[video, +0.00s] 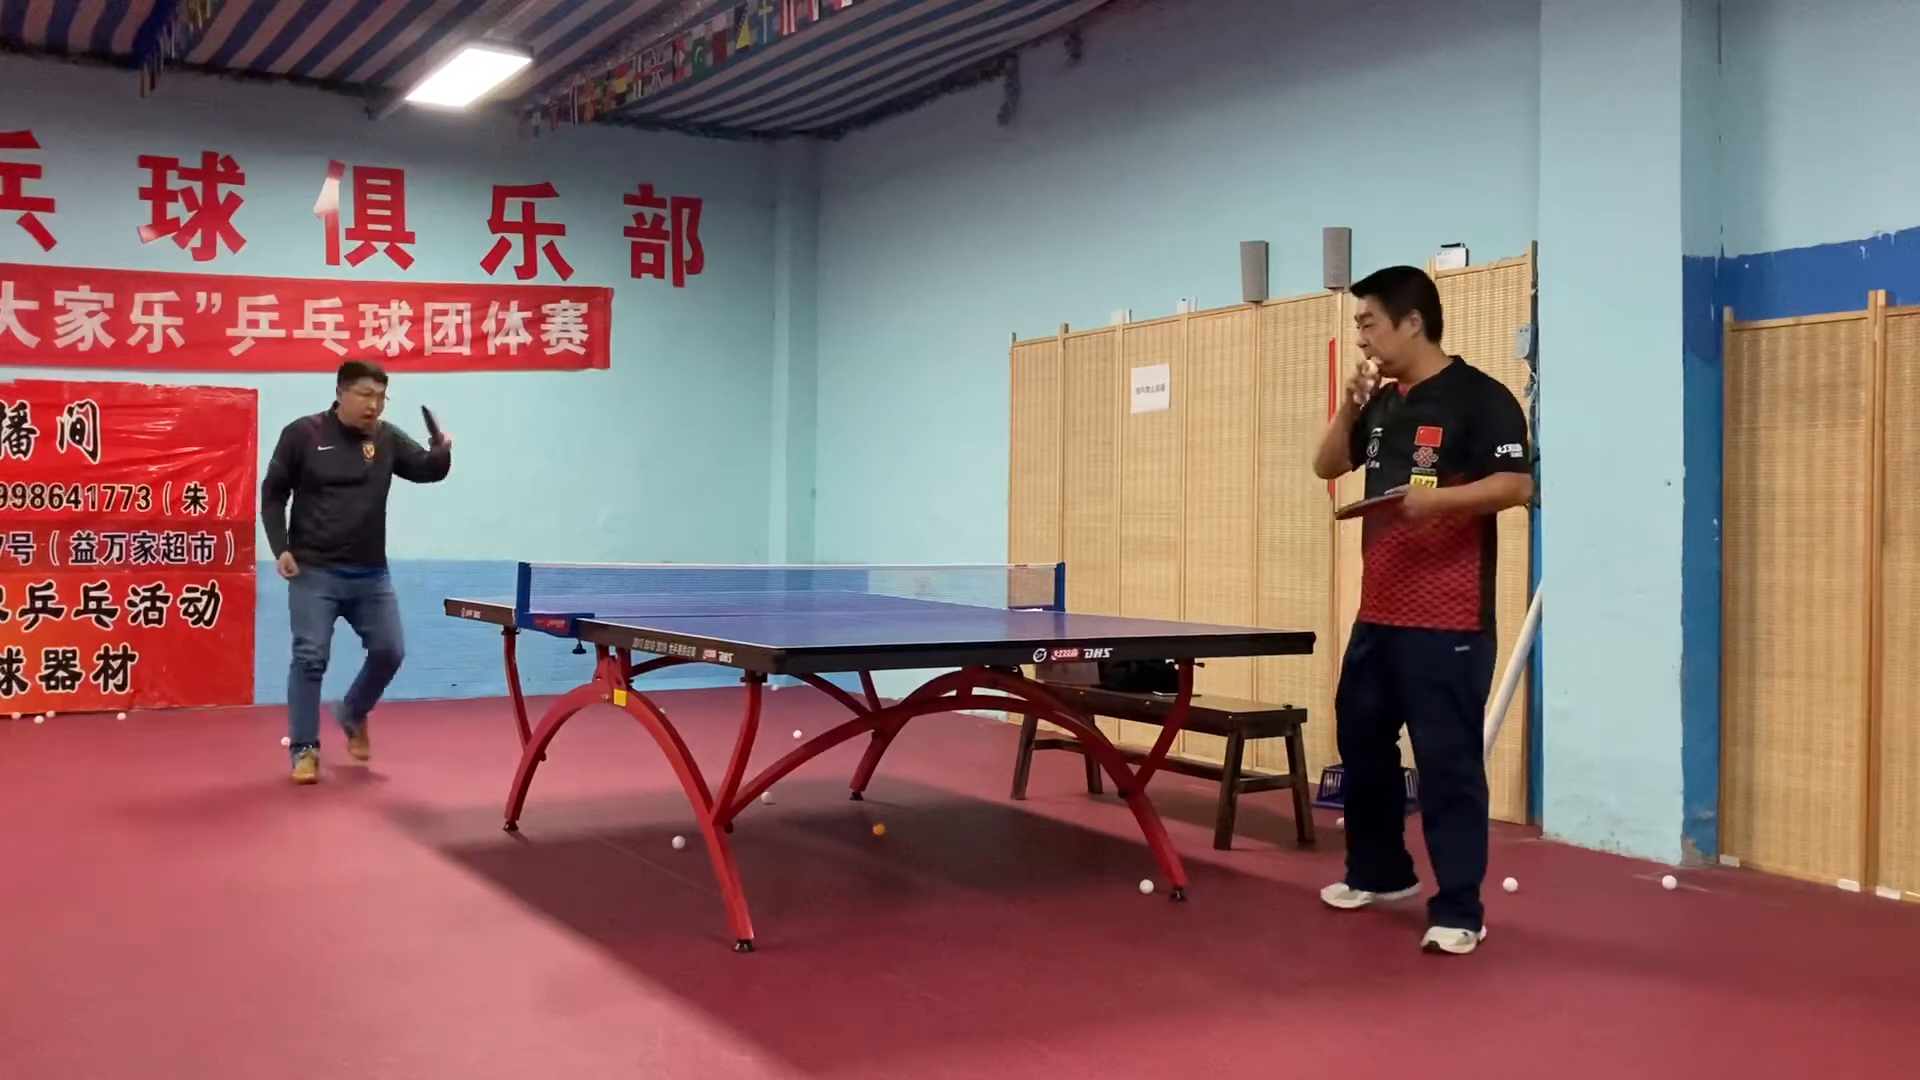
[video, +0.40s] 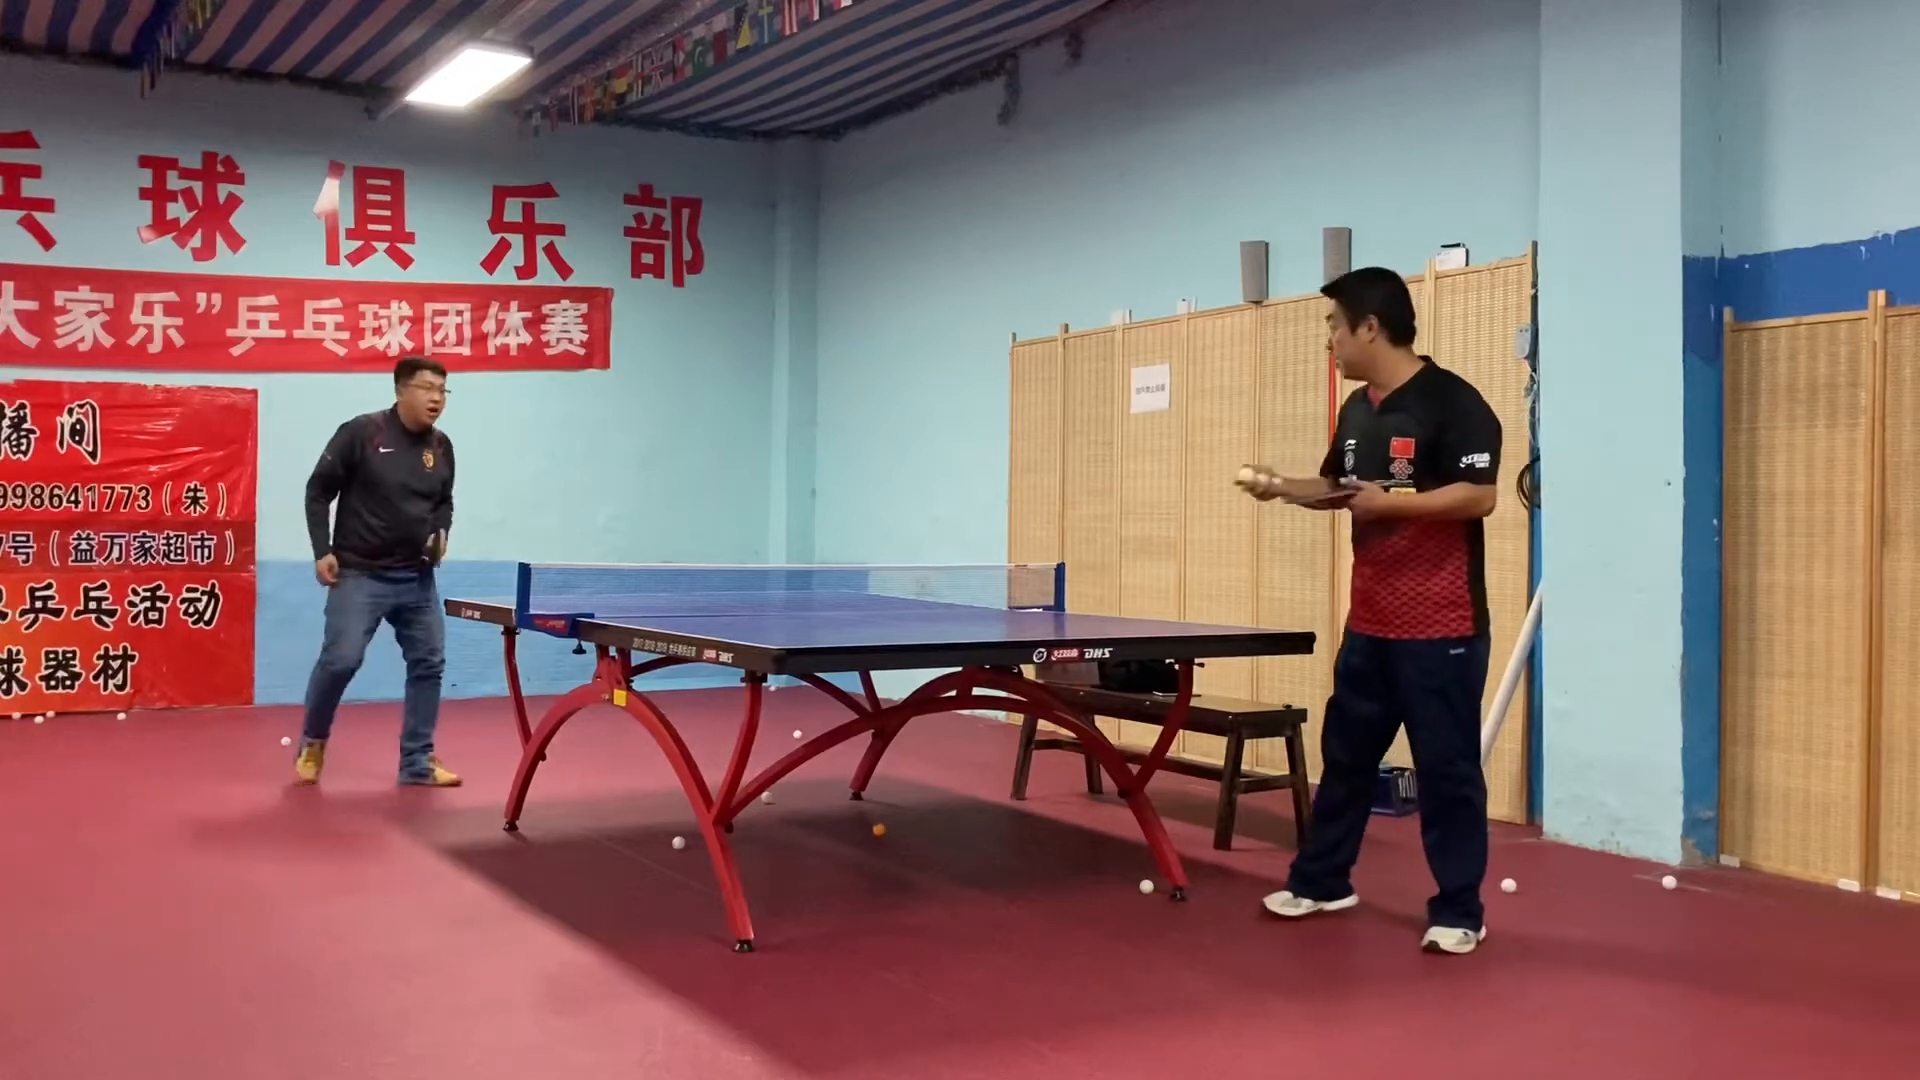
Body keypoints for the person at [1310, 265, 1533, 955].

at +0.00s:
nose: (1363, 339)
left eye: (1371, 325)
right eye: (1360, 328)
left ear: (1415, 322)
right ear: (1386, 330)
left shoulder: (1482, 397)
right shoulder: (1380, 405)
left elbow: (1518, 483)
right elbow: (1327, 464)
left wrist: (1438, 499)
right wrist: (1350, 404)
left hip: (1449, 621)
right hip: (1380, 616)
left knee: (1448, 763)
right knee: (1361, 740)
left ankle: (1459, 911)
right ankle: (1380, 872)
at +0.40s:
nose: (1331, 344)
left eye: (1337, 329)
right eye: (1331, 330)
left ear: (1372, 329)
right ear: (1375, 331)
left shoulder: (1456, 403)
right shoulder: (1357, 409)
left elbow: (1479, 496)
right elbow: (1339, 491)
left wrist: (1388, 502)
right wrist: (1282, 487)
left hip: (1442, 629)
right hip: (1371, 624)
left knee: (1449, 776)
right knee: (1346, 760)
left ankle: (1459, 912)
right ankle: (1323, 881)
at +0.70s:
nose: (1237, 392)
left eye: (1243, 378)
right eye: (1237, 379)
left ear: (1279, 378)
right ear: (1276, 379)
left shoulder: (1370, 424)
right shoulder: (1271, 455)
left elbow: (1392, 525)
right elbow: (1247, 537)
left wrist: (1302, 534)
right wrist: (1179, 535)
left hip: (1422, 623)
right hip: (1346, 627)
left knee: (1444, 768)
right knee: (1323, 761)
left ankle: (1461, 910)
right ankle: (1316, 889)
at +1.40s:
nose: (1304, 413)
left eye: (1315, 400)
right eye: (1304, 400)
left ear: (1359, 406)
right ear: (1342, 405)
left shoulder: (1419, 470)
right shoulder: (1314, 446)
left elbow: (1380, 562)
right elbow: (1241, 479)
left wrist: (1307, 516)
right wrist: (1194, 444)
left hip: (1440, 636)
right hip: (1357, 631)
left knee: (1483, 765)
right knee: (1331, 757)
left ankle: (1538, 898)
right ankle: (1314, 888)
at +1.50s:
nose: (1340, 392)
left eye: (1353, 380)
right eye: (1342, 379)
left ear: (1398, 392)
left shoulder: (1452, 462)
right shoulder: (1342, 437)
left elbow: (1428, 558)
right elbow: (1266, 465)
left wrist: (1353, 511)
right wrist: (1211, 442)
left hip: (1453, 637)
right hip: (1367, 630)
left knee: (1492, 764)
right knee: (1337, 753)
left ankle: (1538, 897)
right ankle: (1314, 887)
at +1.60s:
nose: (1366, 379)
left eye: (1382, 368)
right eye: (1367, 366)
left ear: (1425, 383)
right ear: (1372, 376)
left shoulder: (1485, 453)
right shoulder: (1352, 439)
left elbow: (1503, 542)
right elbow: (1291, 468)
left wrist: (1430, 533)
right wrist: (1232, 465)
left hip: (1464, 639)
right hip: (1375, 634)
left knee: (1497, 764)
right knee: (1340, 759)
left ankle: (1536, 895)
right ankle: (1313, 887)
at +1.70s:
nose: (1374, 374)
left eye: (1390, 363)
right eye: (1376, 361)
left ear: (1434, 379)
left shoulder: (1495, 442)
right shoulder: (1358, 440)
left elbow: (1533, 514)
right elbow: (1301, 472)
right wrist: (1255, 499)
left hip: (1468, 633)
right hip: (1379, 631)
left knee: (1500, 763)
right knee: (1341, 759)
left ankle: (1536, 895)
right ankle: (1313, 887)